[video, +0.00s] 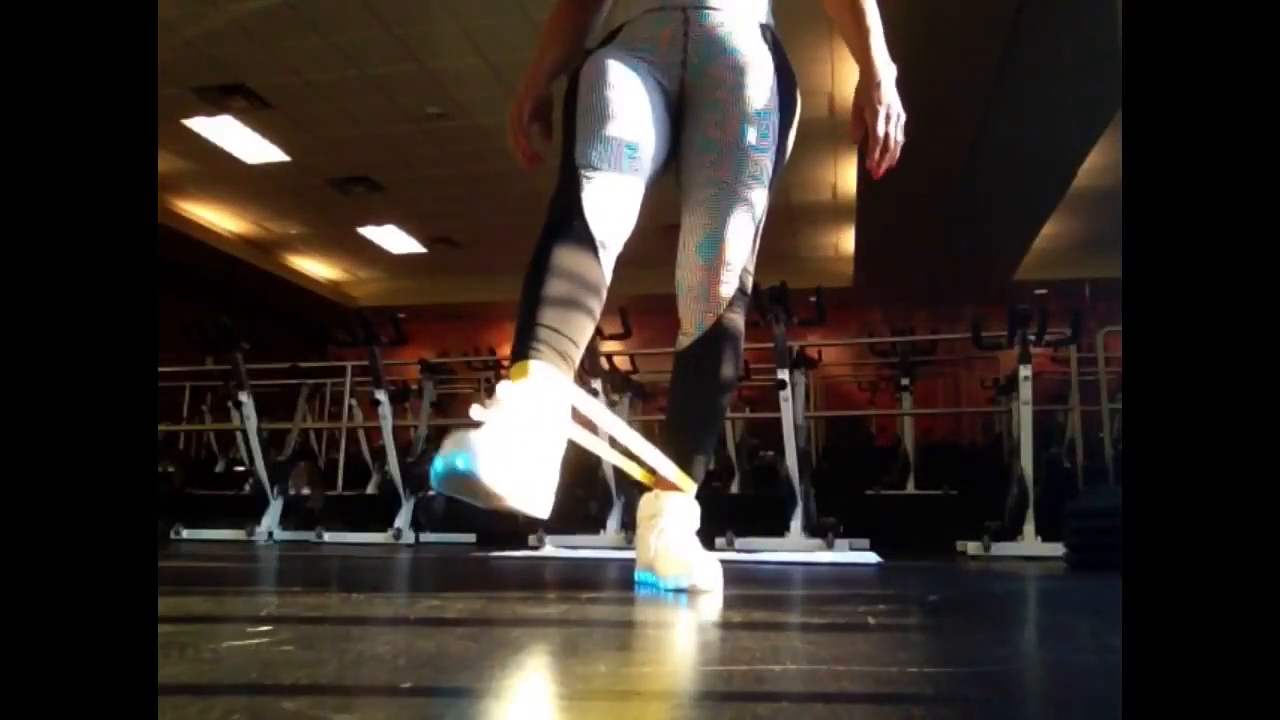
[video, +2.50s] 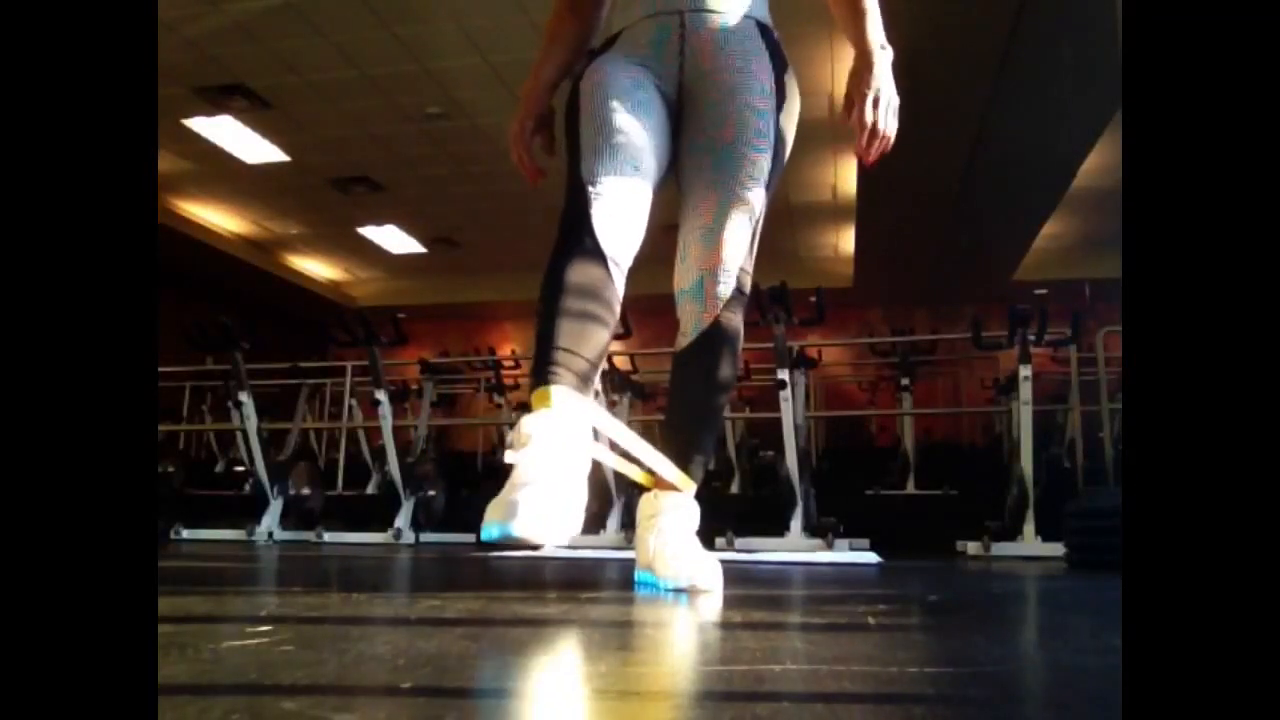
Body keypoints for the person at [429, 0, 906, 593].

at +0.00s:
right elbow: (581, 2)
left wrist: (877, 69)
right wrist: (538, 74)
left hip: (741, 29)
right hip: (628, 28)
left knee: (715, 279)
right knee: (591, 197)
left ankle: (672, 518)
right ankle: (528, 430)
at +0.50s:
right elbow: (586, 4)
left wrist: (853, 49)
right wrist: (535, 95)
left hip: (739, 31)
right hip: (625, 32)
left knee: (715, 283)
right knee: (615, 190)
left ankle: (672, 512)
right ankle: (578, 407)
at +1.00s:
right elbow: (589, 4)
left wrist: (866, 60)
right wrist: (548, 88)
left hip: (737, 28)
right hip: (628, 30)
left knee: (717, 270)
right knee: (601, 191)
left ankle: (672, 512)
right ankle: (549, 424)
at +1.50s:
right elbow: (588, 3)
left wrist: (850, 51)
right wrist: (542, 90)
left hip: (742, 34)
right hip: (628, 34)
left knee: (717, 286)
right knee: (615, 203)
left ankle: (673, 513)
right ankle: (577, 430)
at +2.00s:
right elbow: (586, 3)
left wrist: (860, 60)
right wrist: (544, 90)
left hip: (739, 24)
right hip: (628, 30)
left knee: (717, 276)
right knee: (604, 196)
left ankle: (671, 513)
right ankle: (561, 427)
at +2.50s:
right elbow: (580, 8)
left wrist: (873, 50)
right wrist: (539, 89)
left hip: (740, 30)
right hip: (627, 33)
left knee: (717, 271)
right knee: (603, 210)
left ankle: (670, 516)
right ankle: (551, 459)